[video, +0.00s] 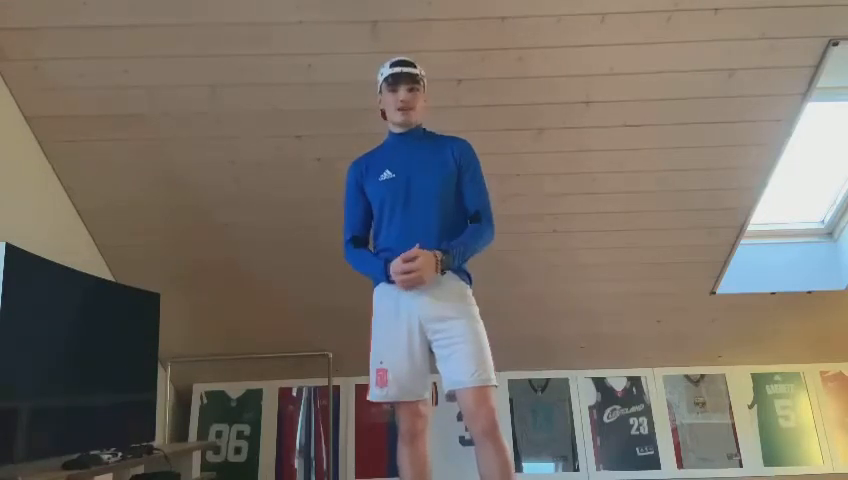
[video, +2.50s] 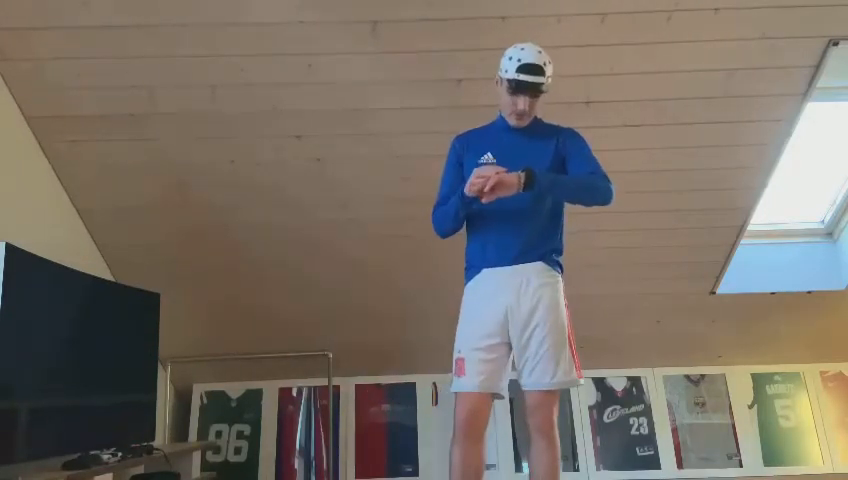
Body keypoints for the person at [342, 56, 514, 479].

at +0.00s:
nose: (404, 97)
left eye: (412, 89)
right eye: (394, 90)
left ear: (425, 98)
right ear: (381, 103)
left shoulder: (457, 150)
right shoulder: (363, 168)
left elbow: (484, 226)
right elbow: (353, 246)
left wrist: (442, 259)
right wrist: (388, 269)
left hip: (450, 294)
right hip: (393, 300)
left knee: (483, 417)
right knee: (411, 421)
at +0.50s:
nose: (417, 114)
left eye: (425, 104)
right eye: (408, 104)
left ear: (433, 104)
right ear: (386, 102)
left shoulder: (459, 151)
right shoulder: (367, 171)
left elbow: (500, 212)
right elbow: (355, 252)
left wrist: (455, 225)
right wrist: (393, 251)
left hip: (469, 289)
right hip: (412, 295)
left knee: (510, 407)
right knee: (419, 420)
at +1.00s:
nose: (475, 106)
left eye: (485, 97)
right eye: (467, 94)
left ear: (495, 96)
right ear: (448, 87)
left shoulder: (511, 143)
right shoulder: (416, 150)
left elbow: (557, 196)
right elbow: (390, 228)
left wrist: (497, 195)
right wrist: (444, 199)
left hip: (502, 289)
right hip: (444, 293)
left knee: (521, 410)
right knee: (441, 420)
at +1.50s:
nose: (514, 103)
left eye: (524, 93)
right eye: (506, 91)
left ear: (534, 90)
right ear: (488, 82)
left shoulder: (551, 140)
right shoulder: (454, 144)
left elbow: (594, 191)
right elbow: (430, 223)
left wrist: (526, 173)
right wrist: (471, 187)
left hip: (533, 288)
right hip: (475, 290)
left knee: (537, 415)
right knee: (469, 413)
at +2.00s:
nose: (521, 106)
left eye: (531, 97)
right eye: (513, 95)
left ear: (543, 92)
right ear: (497, 85)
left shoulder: (561, 139)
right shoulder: (464, 143)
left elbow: (602, 191)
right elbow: (440, 223)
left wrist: (530, 171)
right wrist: (473, 189)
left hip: (539, 288)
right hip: (482, 290)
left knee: (541, 416)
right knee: (467, 415)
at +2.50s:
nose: (522, 103)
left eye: (532, 93)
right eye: (514, 91)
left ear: (544, 91)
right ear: (500, 85)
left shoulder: (564, 140)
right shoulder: (468, 144)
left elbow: (602, 190)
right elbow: (442, 225)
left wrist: (529, 179)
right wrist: (468, 193)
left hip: (540, 289)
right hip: (483, 290)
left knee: (541, 417)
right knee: (469, 417)